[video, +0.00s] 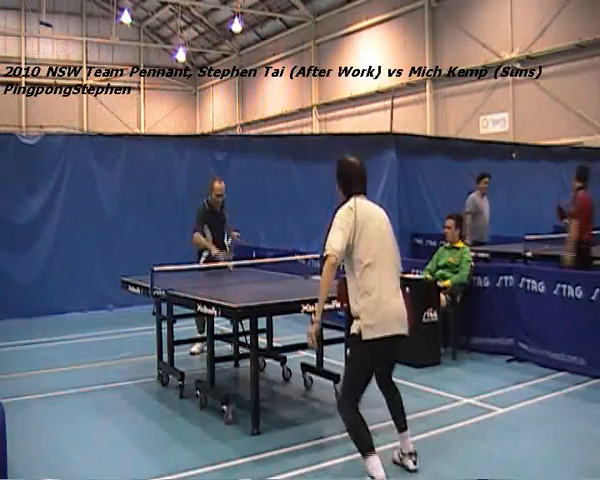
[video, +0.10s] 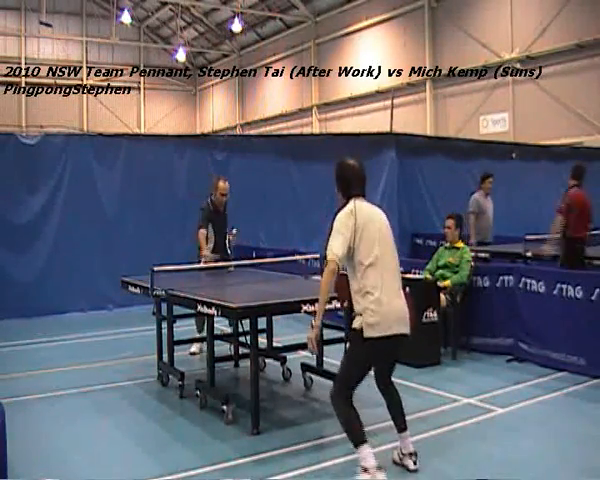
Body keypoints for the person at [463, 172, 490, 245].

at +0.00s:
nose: (486, 186)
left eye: (487, 183)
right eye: (485, 183)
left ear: (488, 185)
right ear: (478, 184)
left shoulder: (485, 199)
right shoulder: (472, 198)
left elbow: (484, 217)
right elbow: (468, 217)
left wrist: (485, 235)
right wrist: (467, 237)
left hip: (483, 237)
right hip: (473, 238)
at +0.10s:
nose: (491, 186)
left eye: (491, 183)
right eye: (489, 183)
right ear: (482, 184)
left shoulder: (489, 199)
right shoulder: (475, 198)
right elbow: (472, 217)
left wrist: (489, 236)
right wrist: (472, 238)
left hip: (488, 238)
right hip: (478, 239)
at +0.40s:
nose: (504, 185)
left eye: (504, 182)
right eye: (502, 182)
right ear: (496, 183)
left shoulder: (502, 198)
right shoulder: (487, 198)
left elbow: (508, 210)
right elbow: (482, 217)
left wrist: (519, 216)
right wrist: (481, 235)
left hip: (501, 236)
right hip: (489, 237)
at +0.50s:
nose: (507, 186)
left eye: (508, 183)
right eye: (506, 183)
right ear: (499, 184)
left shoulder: (505, 198)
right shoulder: (490, 199)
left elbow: (510, 210)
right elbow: (484, 219)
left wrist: (521, 213)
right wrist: (482, 237)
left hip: (504, 237)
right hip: (491, 238)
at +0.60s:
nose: (512, 186)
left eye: (512, 184)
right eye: (510, 183)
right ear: (504, 185)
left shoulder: (510, 198)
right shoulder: (495, 200)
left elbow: (514, 212)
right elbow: (489, 219)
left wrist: (524, 217)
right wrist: (485, 238)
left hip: (509, 237)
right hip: (497, 238)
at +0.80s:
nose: (520, 186)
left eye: (521, 183)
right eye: (519, 183)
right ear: (512, 183)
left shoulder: (519, 198)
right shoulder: (503, 197)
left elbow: (521, 216)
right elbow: (497, 217)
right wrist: (493, 237)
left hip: (517, 235)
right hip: (504, 237)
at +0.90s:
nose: (524, 186)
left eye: (525, 183)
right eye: (522, 183)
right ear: (516, 184)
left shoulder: (524, 198)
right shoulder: (507, 197)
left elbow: (524, 216)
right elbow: (500, 217)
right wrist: (496, 236)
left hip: (520, 237)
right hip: (507, 237)